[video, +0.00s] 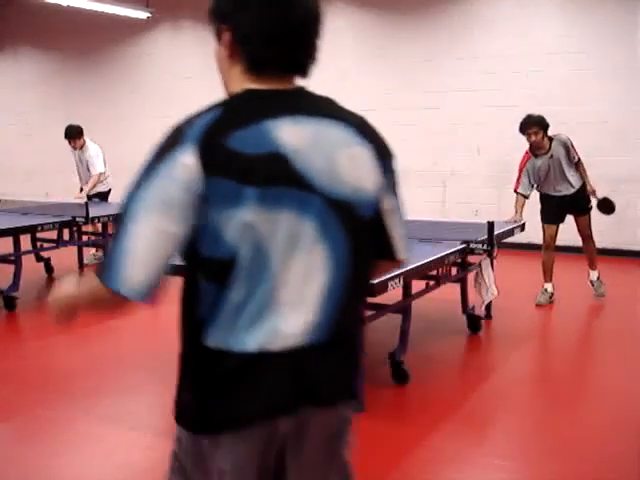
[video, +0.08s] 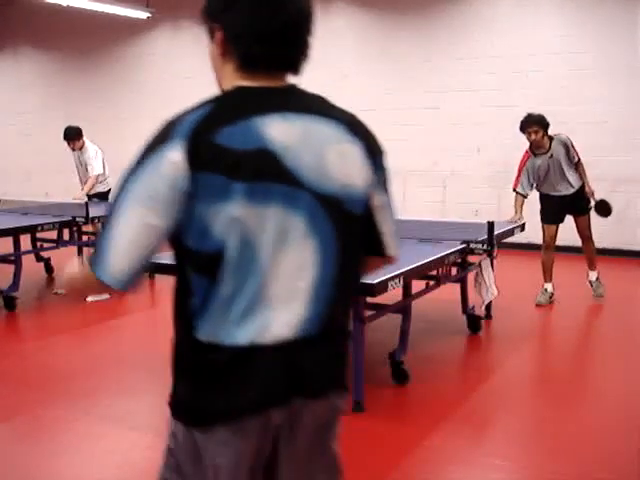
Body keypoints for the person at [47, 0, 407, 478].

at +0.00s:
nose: (216, 50)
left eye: (216, 38)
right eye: (217, 38)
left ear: (227, 41)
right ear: (305, 43)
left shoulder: (201, 139)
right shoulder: (361, 139)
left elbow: (127, 278)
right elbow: (388, 254)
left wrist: (74, 292)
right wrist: (319, 270)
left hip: (225, 398)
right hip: (326, 392)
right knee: (322, 473)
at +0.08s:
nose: (208, 49)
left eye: (208, 37)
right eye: (210, 36)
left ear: (220, 41)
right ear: (297, 40)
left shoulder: (190, 135)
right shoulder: (351, 135)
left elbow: (114, 267)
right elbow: (377, 252)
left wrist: (74, 279)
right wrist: (308, 263)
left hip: (220, 390)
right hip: (319, 382)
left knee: (204, 472)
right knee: (311, 472)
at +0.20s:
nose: (188, 47)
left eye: (189, 37)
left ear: (195, 43)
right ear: (271, 44)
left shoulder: (158, 128)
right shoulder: (318, 132)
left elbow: (88, 230)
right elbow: (348, 244)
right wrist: (280, 263)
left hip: (199, 368)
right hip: (291, 361)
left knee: (195, 471)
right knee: (260, 460)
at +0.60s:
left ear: (156, 63)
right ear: (221, 68)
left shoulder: (124, 135)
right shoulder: (246, 141)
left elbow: (104, 212)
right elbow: (291, 226)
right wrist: (287, 237)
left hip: (151, 324)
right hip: (226, 319)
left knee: (137, 439)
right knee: (212, 430)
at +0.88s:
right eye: (189, 75)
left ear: (131, 79)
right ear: (187, 81)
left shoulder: (104, 140)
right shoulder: (212, 139)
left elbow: (69, 220)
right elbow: (272, 203)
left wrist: (97, 242)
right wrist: (285, 190)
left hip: (132, 301)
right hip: (199, 297)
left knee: (123, 400)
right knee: (198, 412)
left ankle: (121, 479)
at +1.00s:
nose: (178, 92)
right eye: (179, 86)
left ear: (124, 87)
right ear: (175, 90)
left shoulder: (93, 145)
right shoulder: (200, 141)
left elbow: (53, 220)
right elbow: (256, 183)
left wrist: (91, 248)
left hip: (123, 302)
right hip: (188, 298)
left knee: (121, 397)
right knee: (193, 407)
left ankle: (126, 472)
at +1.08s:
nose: (176, 95)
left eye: (175, 88)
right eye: (174, 90)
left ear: (117, 88)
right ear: (165, 94)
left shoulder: (81, 144)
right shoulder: (182, 138)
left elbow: (44, 211)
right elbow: (231, 138)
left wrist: (77, 230)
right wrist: (182, 104)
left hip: (109, 293)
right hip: (171, 290)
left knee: (115, 382)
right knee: (186, 392)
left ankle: (124, 471)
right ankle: (198, 478)